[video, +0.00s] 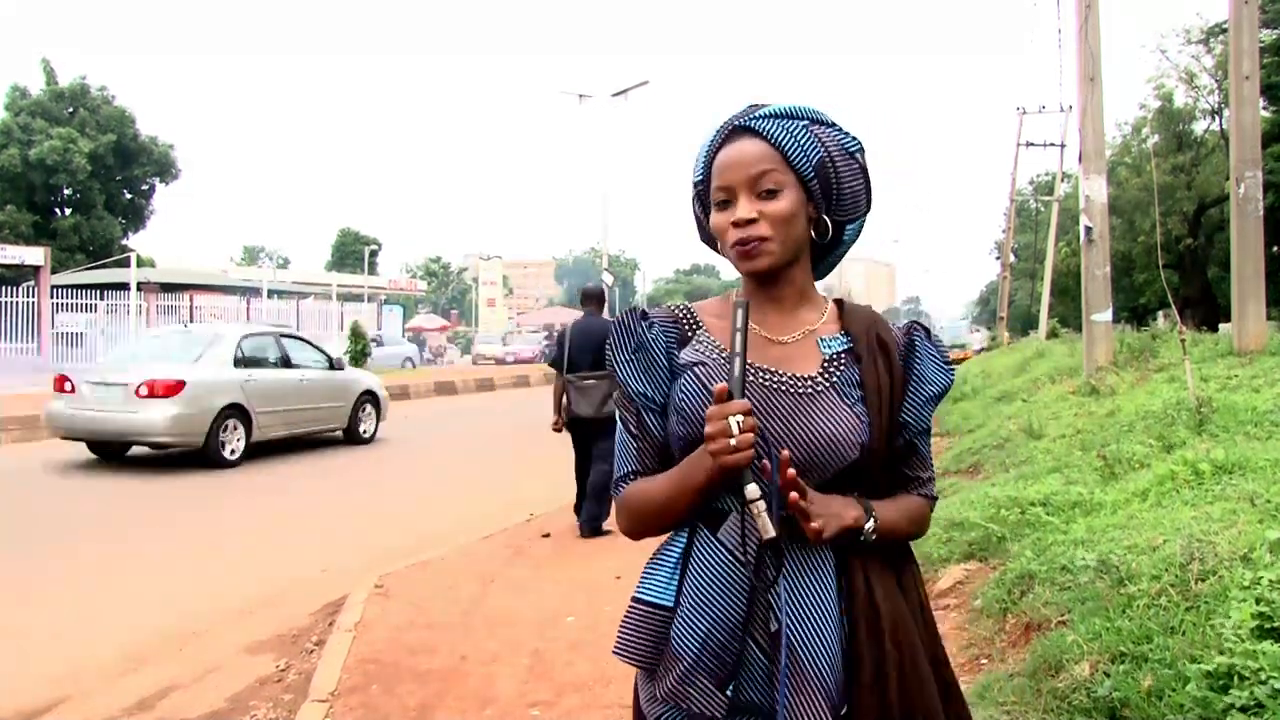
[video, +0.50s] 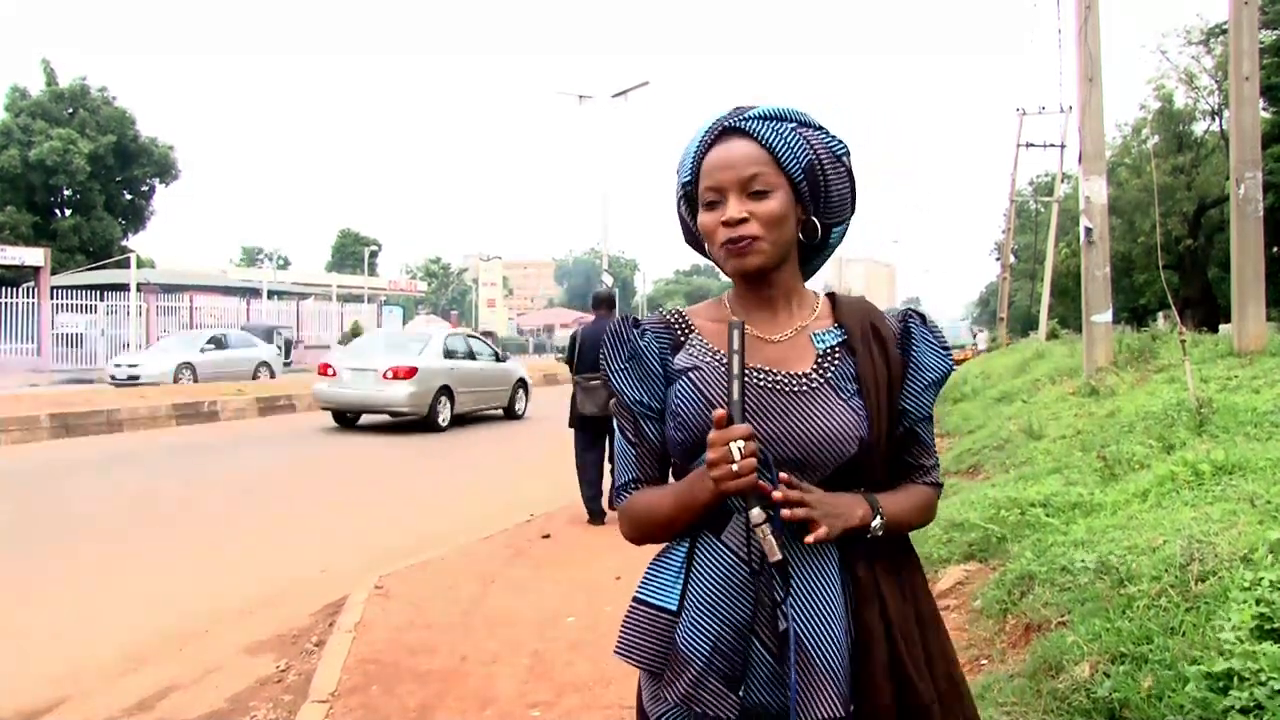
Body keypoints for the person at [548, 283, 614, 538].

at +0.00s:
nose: (598, 307)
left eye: (591, 302)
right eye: (602, 302)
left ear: (581, 304)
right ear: (604, 303)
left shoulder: (568, 333)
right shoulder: (614, 330)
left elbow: (560, 376)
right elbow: (625, 372)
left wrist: (556, 412)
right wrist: (629, 406)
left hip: (577, 406)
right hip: (607, 405)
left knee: (582, 459)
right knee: (603, 462)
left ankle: (582, 509)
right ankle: (591, 522)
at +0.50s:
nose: (604, 311)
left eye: (600, 307)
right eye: (610, 308)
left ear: (592, 308)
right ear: (614, 308)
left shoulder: (580, 334)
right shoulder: (623, 333)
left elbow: (571, 364)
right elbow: (629, 367)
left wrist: (584, 387)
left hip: (586, 403)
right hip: (618, 401)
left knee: (588, 456)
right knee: (620, 450)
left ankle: (595, 511)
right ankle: (619, 496)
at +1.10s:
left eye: (623, 310)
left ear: (619, 311)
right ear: (639, 312)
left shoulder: (610, 336)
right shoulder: (646, 337)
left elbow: (604, 372)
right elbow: (651, 371)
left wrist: (601, 402)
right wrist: (650, 397)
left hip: (618, 402)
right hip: (641, 401)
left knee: (617, 444)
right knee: (636, 445)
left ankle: (619, 484)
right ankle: (627, 493)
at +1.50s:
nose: (638, 314)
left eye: (634, 310)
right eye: (642, 310)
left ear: (629, 311)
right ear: (647, 310)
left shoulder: (619, 334)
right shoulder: (654, 334)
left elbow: (612, 366)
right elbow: (661, 365)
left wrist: (614, 397)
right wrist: (661, 391)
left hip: (624, 401)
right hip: (649, 399)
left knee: (624, 443)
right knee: (649, 434)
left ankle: (633, 485)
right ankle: (643, 468)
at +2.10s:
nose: (669, 314)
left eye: (666, 311)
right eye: (672, 310)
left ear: (660, 311)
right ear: (677, 311)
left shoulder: (650, 332)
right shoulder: (685, 332)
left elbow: (641, 356)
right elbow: (692, 359)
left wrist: (647, 380)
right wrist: (693, 382)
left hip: (654, 388)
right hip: (679, 387)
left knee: (654, 427)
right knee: (675, 432)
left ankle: (649, 459)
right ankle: (668, 474)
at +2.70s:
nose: (690, 315)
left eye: (687, 312)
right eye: (692, 312)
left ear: (679, 312)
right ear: (694, 313)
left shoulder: (668, 332)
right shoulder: (701, 332)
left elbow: (662, 354)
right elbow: (708, 355)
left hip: (673, 383)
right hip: (697, 382)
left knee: (677, 422)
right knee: (703, 419)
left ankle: (682, 464)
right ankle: (693, 449)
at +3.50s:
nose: (714, 322)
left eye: (714, 318)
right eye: (715, 319)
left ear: (706, 319)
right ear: (720, 319)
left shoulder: (700, 337)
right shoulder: (727, 337)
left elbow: (693, 363)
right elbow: (733, 362)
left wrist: (690, 386)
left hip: (706, 386)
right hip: (724, 385)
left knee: (708, 418)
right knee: (719, 419)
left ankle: (711, 449)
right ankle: (714, 454)